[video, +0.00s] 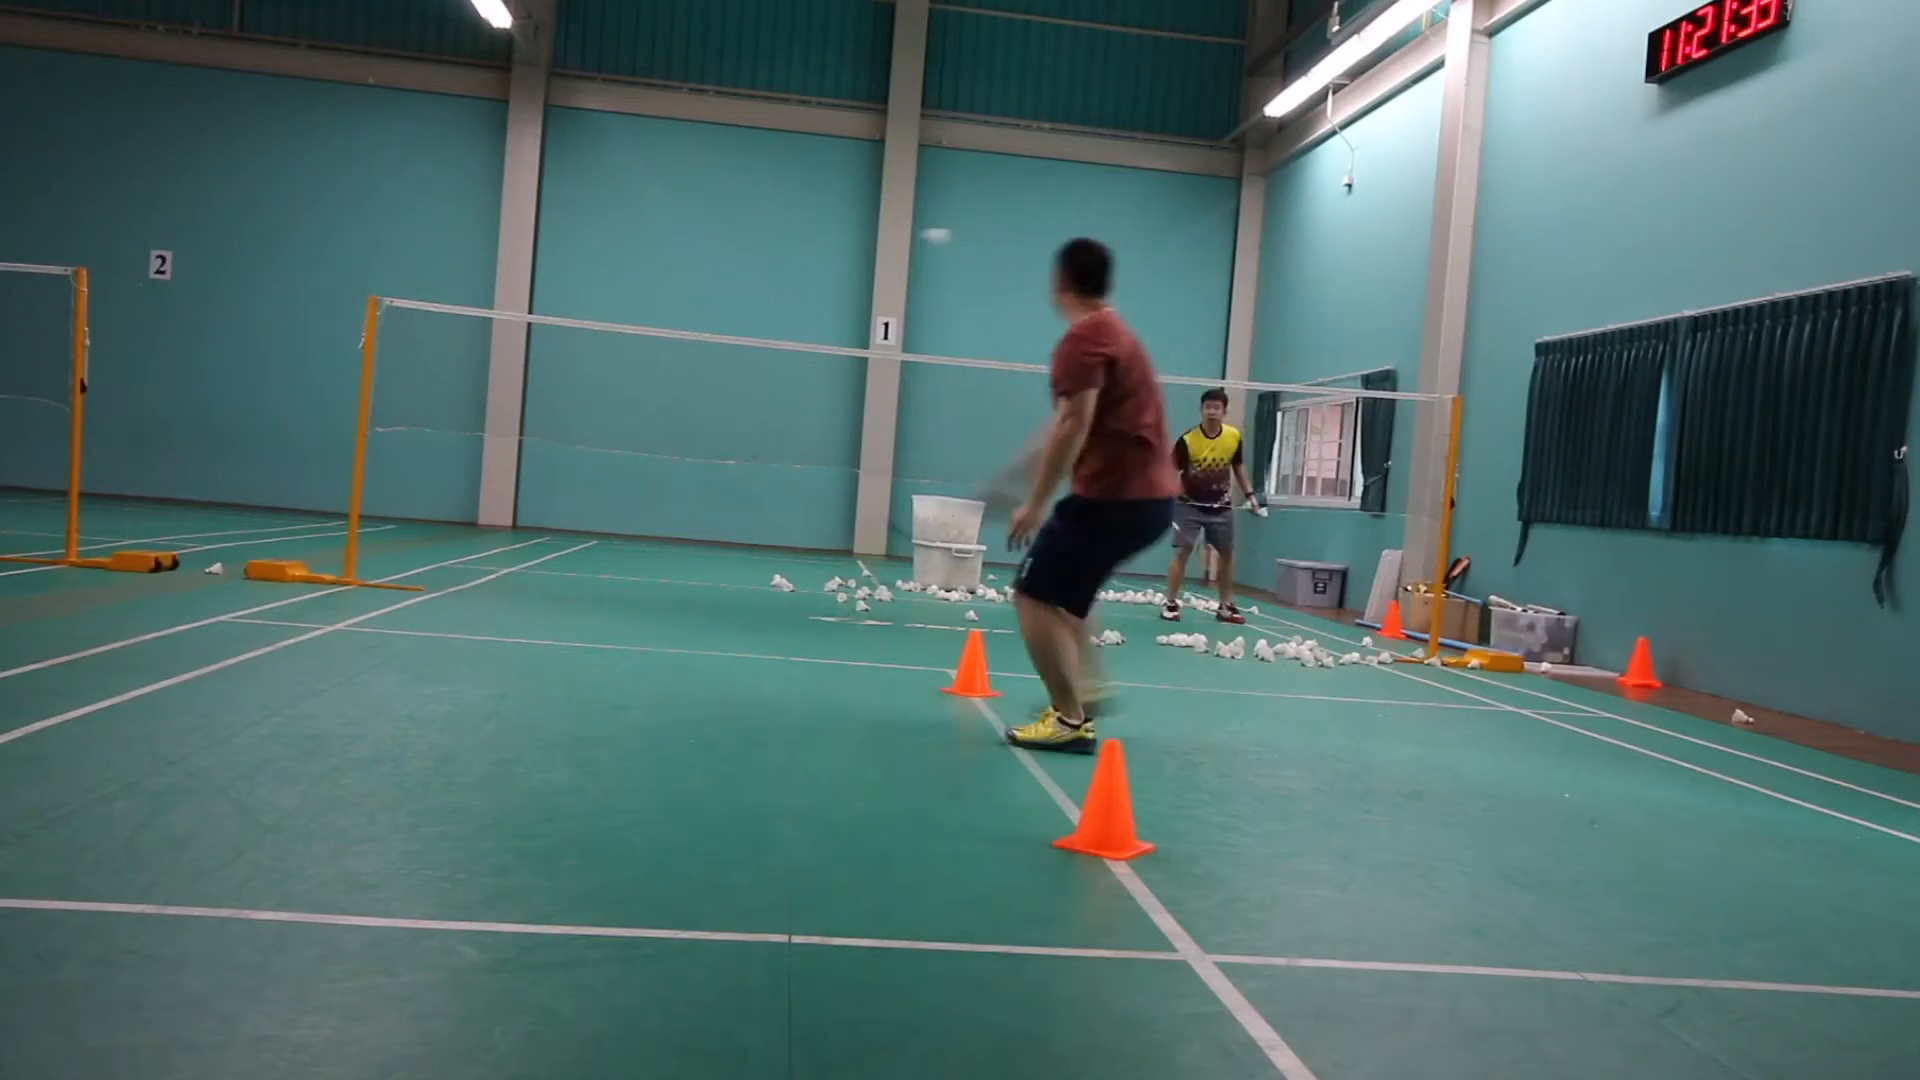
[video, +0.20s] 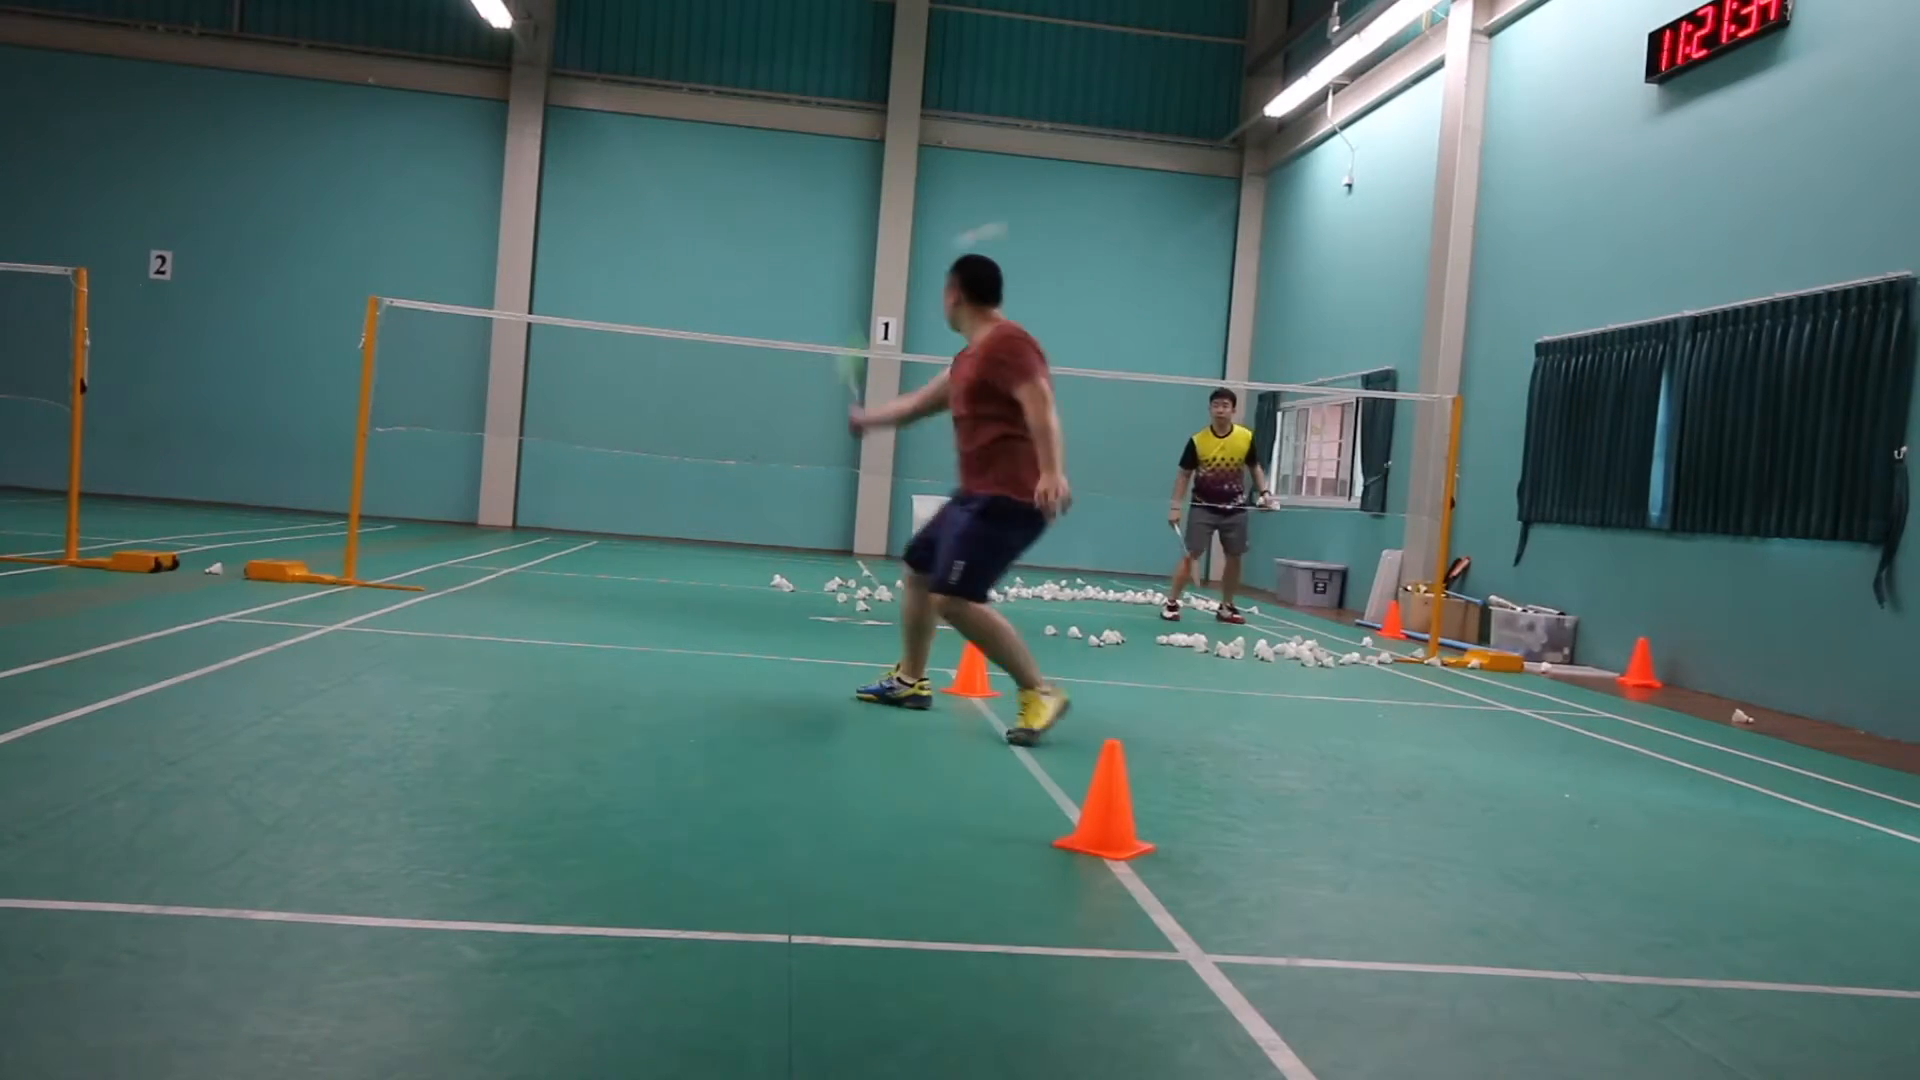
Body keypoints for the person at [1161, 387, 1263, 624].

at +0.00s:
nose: (1212, 412)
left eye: (1217, 408)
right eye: (1208, 407)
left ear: (1224, 411)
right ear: (1201, 410)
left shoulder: (1234, 438)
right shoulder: (1186, 441)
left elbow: (1238, 467)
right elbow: (1171, 473)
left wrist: (1250, 495)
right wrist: (1179, 496)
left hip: (1221, 507)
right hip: (1190, 505)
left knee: (1226, 554)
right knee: (1182, 552)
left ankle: (1226, 605)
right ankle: (1171, 601)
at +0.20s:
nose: (1221, 410)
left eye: (1226, 406)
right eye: (1217, 405)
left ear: (1234, 410)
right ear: (1210, 409)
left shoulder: (1246, 438)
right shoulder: (1197, 441)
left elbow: (1254, 466)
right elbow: (1184, 475)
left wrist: (1264, 492)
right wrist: (1175, 508)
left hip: (1235, 510)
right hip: (1203, 508)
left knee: (1234, 558)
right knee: (1192, 554)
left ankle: (1227, 606)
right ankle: (1172, 601)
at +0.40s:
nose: (1234, 411)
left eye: (1239, 407)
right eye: (1229, 407)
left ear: (1245, 412)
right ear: (1223, 411)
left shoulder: (1256, 439)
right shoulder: (1209, 443)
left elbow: (1262, 469)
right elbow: (1196, 478)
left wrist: (1273, 498)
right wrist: (1195, 512)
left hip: (1240, 509)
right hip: (1212, 507)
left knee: (1238, 559)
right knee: (1207, 551)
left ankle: (1227, 606)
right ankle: (1195, 603)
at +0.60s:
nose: (1249, 409)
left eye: (1252, 405)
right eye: (1243, 404)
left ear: (1255, 410)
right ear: (1232, 408)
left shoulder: (1252, 438)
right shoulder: (1221, 435)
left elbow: (1249, 467)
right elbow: (1215, 462)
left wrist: (1263, 493)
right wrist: (1241, 483)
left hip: (1233, 502)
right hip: (1209, 500)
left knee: (1232, 553)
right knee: (1211, 551)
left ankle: (1227, 604)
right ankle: (1201, 605)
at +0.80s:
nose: (1258, 405)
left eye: (1261, 401)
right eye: (1253, 400)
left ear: (1262, 409)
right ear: (1242, 404)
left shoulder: (1249, 434)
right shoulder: (1228, 426)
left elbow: (1240, 467)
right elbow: (1233, 408)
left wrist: (1240, 491)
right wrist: (1245, 386)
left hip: (1230, 498)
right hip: (1209, 496)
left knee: (1230, 551)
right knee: (1213, 551)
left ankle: (1223, 601)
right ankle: (1200, 605)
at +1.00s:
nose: (1257, 406)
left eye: (1261, 403)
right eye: (1253, 401)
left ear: (1263, 410)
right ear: (1240, 403)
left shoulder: (1253, 437)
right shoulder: (1227, 432)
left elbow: (1250, 469)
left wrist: (1252, 497)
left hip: (1238, 503)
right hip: (1221, 501)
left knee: (1227, 556)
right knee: (1215, 556)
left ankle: (1220, 601)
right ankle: (1206, 603)